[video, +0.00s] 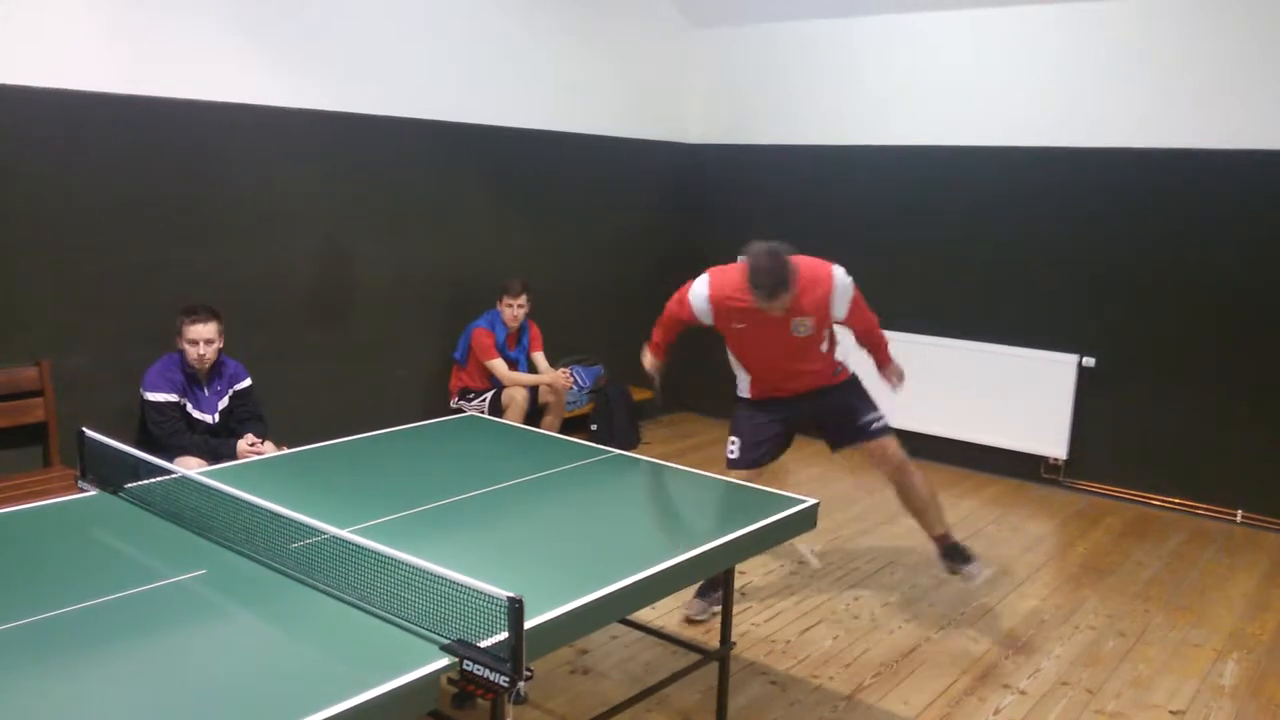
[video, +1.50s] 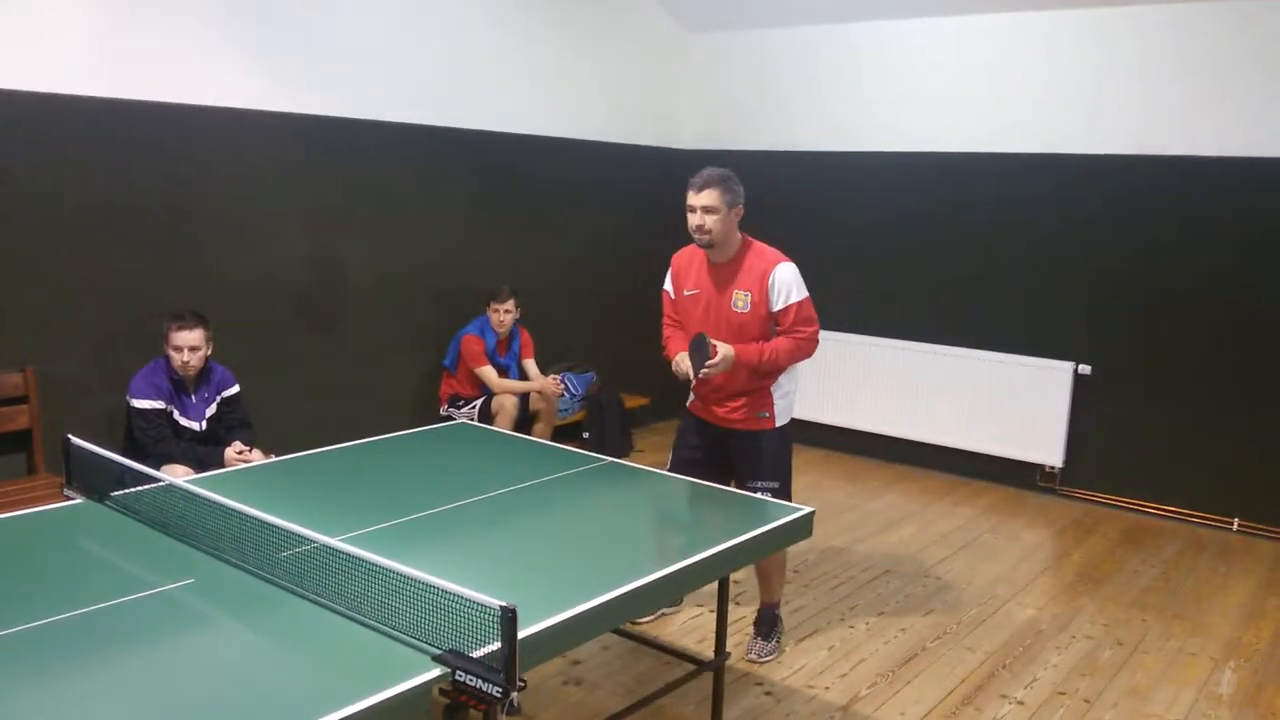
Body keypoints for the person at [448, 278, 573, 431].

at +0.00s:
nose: (515, 313)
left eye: (520, 307)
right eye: (509, 306)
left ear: (527, 308)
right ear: (499, 306)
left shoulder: (530, 329)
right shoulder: (481, 331)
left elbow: (544, 368)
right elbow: (505, 378)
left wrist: (558, 378)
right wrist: (550, 379)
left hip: (503, 391)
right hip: (467, 398)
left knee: (557, 392)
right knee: (519, 395)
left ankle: (545, 453)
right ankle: (506, 453)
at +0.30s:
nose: (517, 314)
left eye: (521, 307)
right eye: (510, 308)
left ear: (525, 308)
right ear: (496, 309)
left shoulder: (527, 331)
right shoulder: (478, 332)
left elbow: (541, 370)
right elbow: (502, 379)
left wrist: (554, 379)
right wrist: (547, 380)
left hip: (499, 392)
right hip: (464, 399)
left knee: (553, 394)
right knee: (515, 396)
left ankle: (541, 454)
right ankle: (502, 454)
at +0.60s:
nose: (517, 316)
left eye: (520, 310)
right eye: (510, 311)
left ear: (525, 309)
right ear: (496, 311)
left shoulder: (525, 333)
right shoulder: (476, 335)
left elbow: (540, 372)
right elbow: (501, 382)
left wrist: (553, 381)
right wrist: (545, 383)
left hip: (498, 395)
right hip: (463, 402)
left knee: (552, 396)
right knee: (514, 398)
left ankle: (540, 457)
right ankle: (501, 457)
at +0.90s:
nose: (504, 320)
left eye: (510, 314)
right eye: (499, 313)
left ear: (520, 316)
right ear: (491, 314)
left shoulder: (523, 339)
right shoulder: (474, 340)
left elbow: (538, 379)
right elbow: (498, 388)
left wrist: (552, 387)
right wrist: (542, 388)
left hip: (496, 401)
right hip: (461, 407)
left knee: (550, 403)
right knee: (510, 405)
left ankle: (536, 463)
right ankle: (498, 462)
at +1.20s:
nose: (504, 319)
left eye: (511, 314)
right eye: (499, 313)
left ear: (521, 316)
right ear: (492, 314)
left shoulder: (525, 338)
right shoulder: (475, 340)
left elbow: (539, 378)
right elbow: (499, 387)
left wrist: (553, 387)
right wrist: (543, 387)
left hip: (498, 400)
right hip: (462, 406)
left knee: (551, 401)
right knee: (511, 404)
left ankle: (539, 462)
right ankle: (502, 461)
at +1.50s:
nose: (501, 318)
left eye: (507, 312)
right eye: (495, 312)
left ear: (517, 314)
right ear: (488, 312)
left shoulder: (521, 336)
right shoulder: (471, 338)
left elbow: (535, 376)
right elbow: (496, 386)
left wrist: (549, 385)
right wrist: (540, 386)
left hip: (494, 399)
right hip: (458, 405)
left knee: (548, 400)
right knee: (508, 402)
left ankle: (536, 461)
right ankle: (496, 461)